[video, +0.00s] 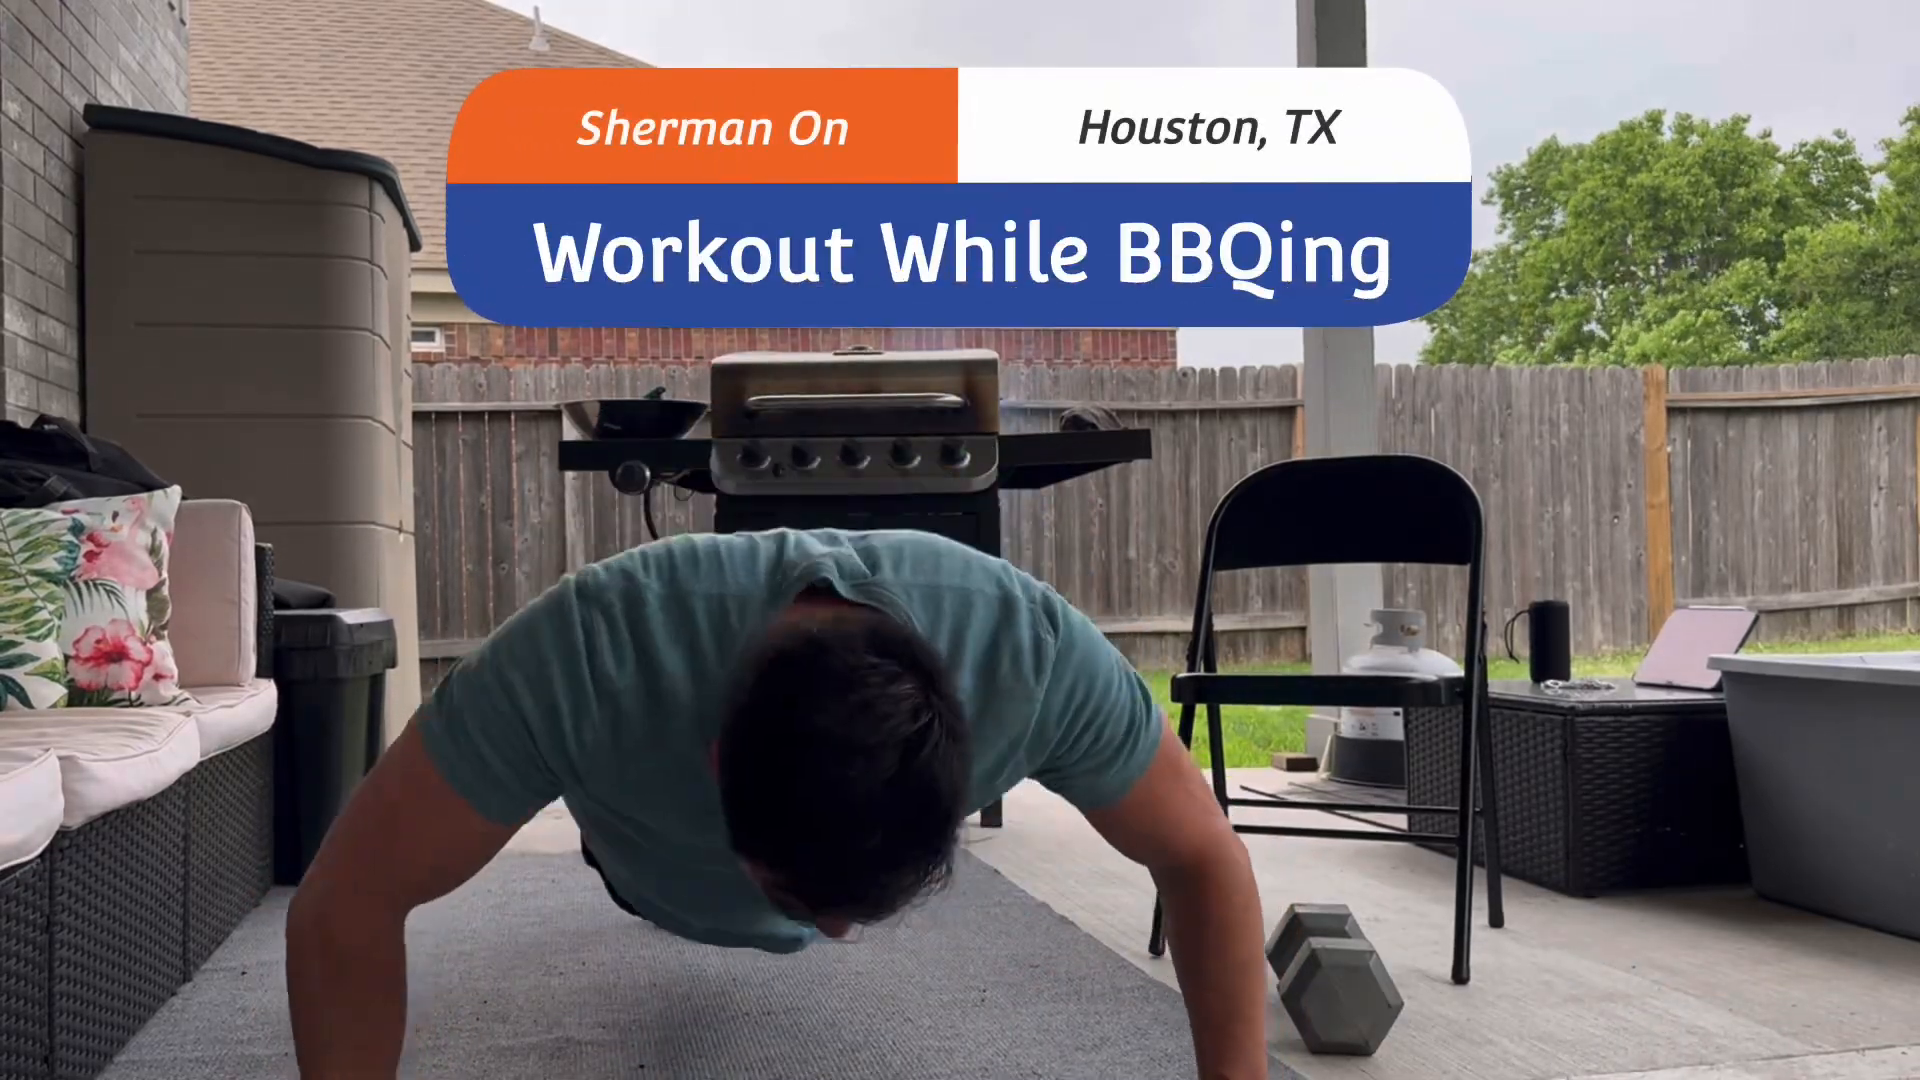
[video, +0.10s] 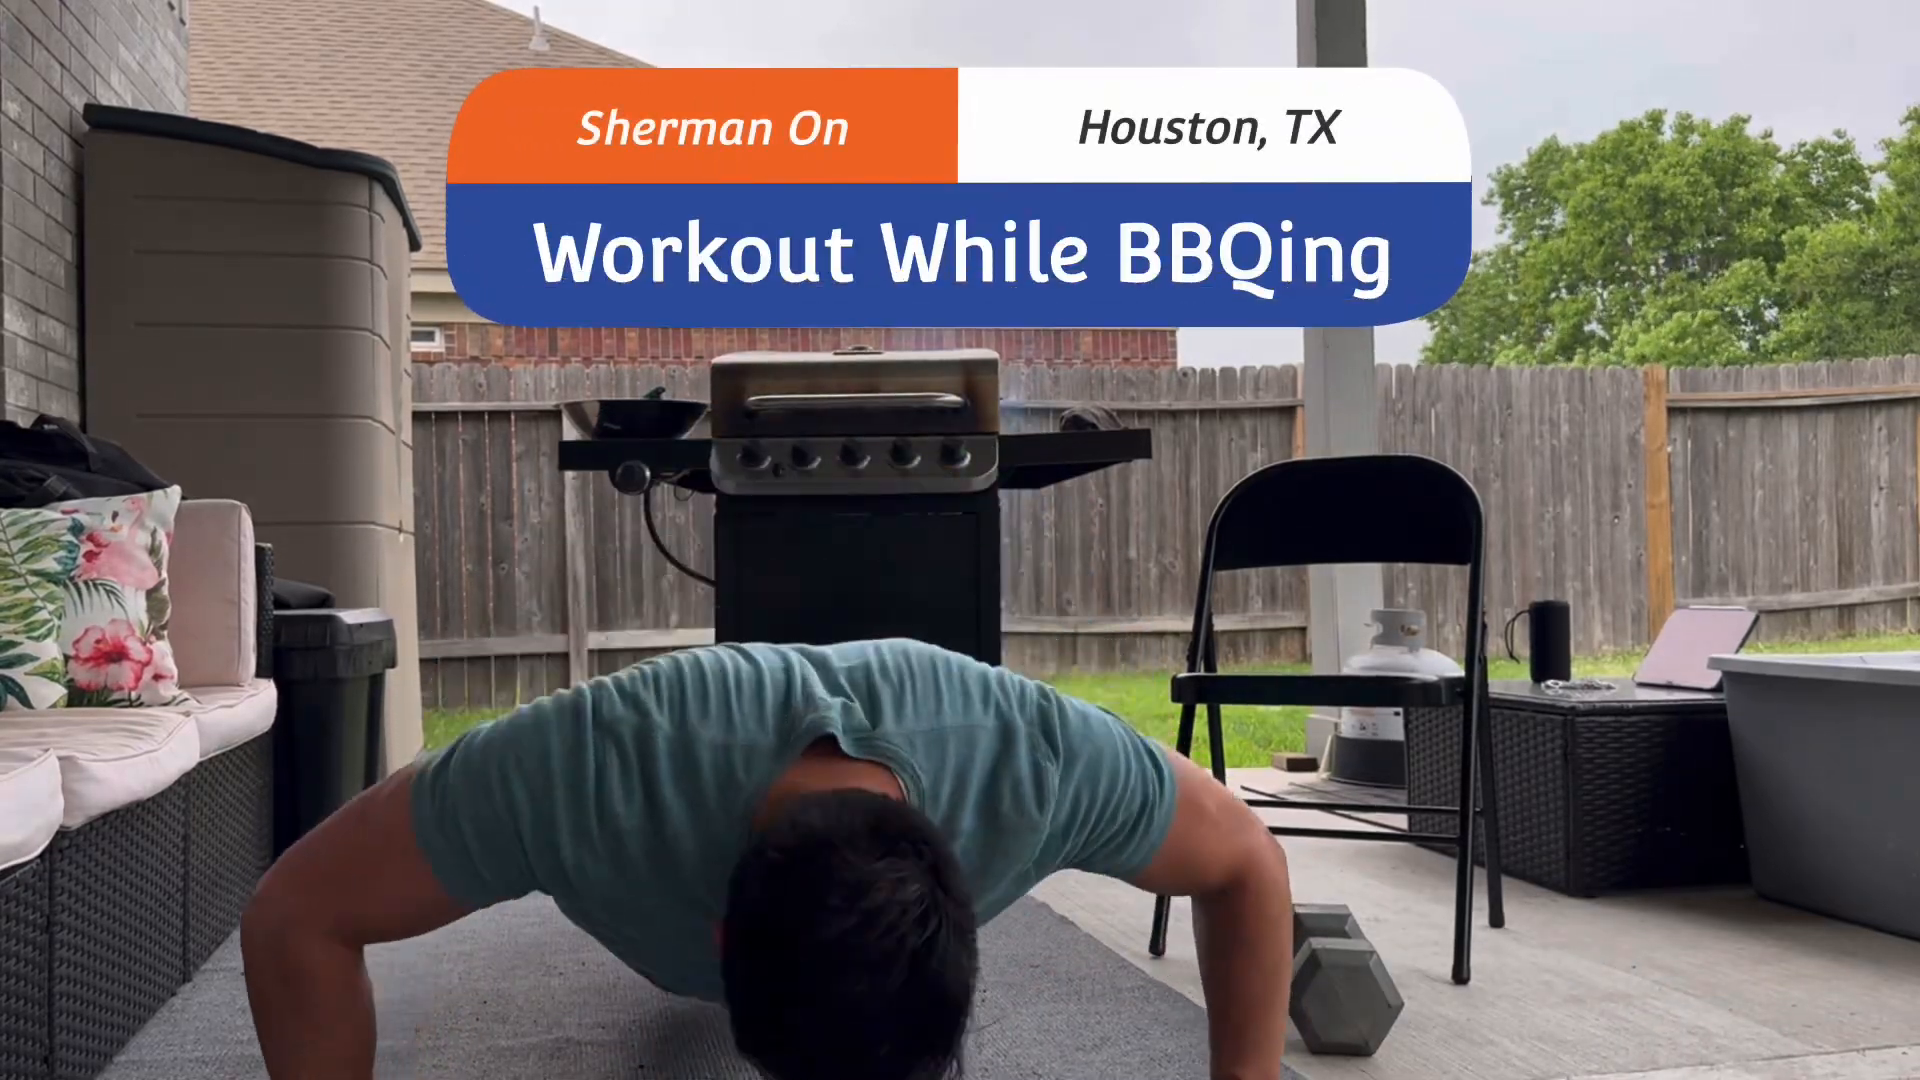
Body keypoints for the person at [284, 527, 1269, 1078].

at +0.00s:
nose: (830, 930)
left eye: (868, 913)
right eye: (792, 904)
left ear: (955, 794)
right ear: (724, 777)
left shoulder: (1030, 653)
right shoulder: (582, 656)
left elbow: (1205, 861)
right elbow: (346, 902)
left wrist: (1236, 1072)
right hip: (670, 869)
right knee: (678, 898)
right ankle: (637, 868)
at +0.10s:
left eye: (888, 1064)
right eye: (794, 1052)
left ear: (958, 925)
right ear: (732, 933)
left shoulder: (1043, 775)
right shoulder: (583, 779)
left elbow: (1248, 867)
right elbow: (293, 922)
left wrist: (1250, 1067)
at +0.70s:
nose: (806, 877)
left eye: (857, 857)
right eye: (778, 845)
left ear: (952, 736)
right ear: (715, 716)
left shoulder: (1034, 624)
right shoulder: (574, 616)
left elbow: (1185, 859)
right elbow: (373, 899)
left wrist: (1230, 1067)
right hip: (657, 794)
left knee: (863, 861)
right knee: (687, 889)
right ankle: (664, 891)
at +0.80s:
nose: (820, 809)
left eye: (854, 796)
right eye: (787, 785)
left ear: (937, 701)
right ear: (715, 666)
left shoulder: (1015, 580)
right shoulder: (578, 569)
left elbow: (1173, 837)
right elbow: (382, 877)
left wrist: (1213, 1070)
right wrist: (368, 1072)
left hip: (837, 832)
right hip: (648, 810)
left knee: (796, 890)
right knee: (670, 893)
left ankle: (755, 897)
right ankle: (671, 900)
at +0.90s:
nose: (802, 922)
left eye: (845, 913)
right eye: (776, 893)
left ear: (948, 787)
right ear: (716, 767)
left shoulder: (1020, 659)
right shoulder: (574, 660)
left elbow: (1185, 863)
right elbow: (333, 910)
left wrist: (1214, 1069)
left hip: (869, 829)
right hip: (646, 858)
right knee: (659, 906)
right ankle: (654, 885)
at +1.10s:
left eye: (890, 1030)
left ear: (937, 998)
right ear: (731, 1019)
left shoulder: (1037, 859)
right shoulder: (582, 871)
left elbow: (1231, 870)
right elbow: (265, 931)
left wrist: (1222, 1075)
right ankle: (440, 803)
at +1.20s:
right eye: (809, 1051)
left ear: (927, 1045)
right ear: (747, 1052)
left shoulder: (1039, 906)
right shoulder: (612, 938)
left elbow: (1234, 862)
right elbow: (270, 926)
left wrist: (1236, 1078)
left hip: (905, 819)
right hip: (678, 834)